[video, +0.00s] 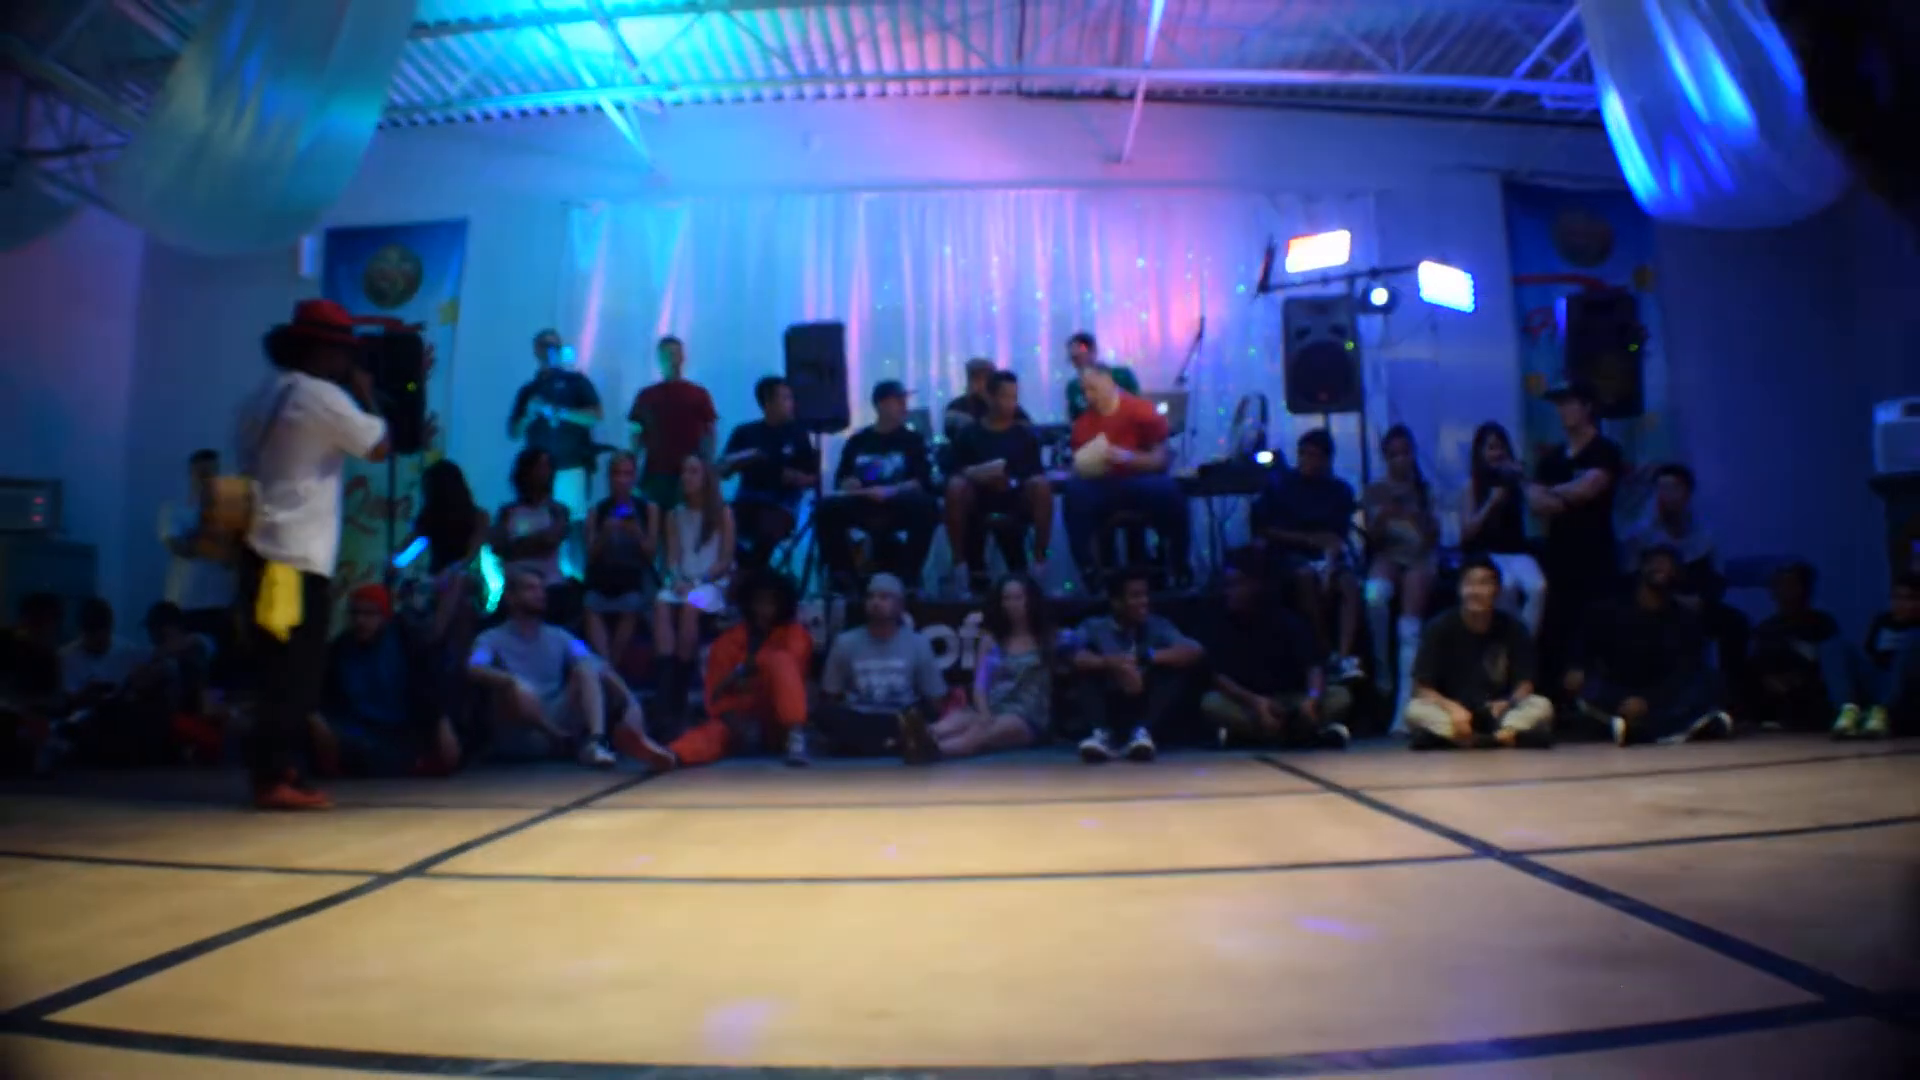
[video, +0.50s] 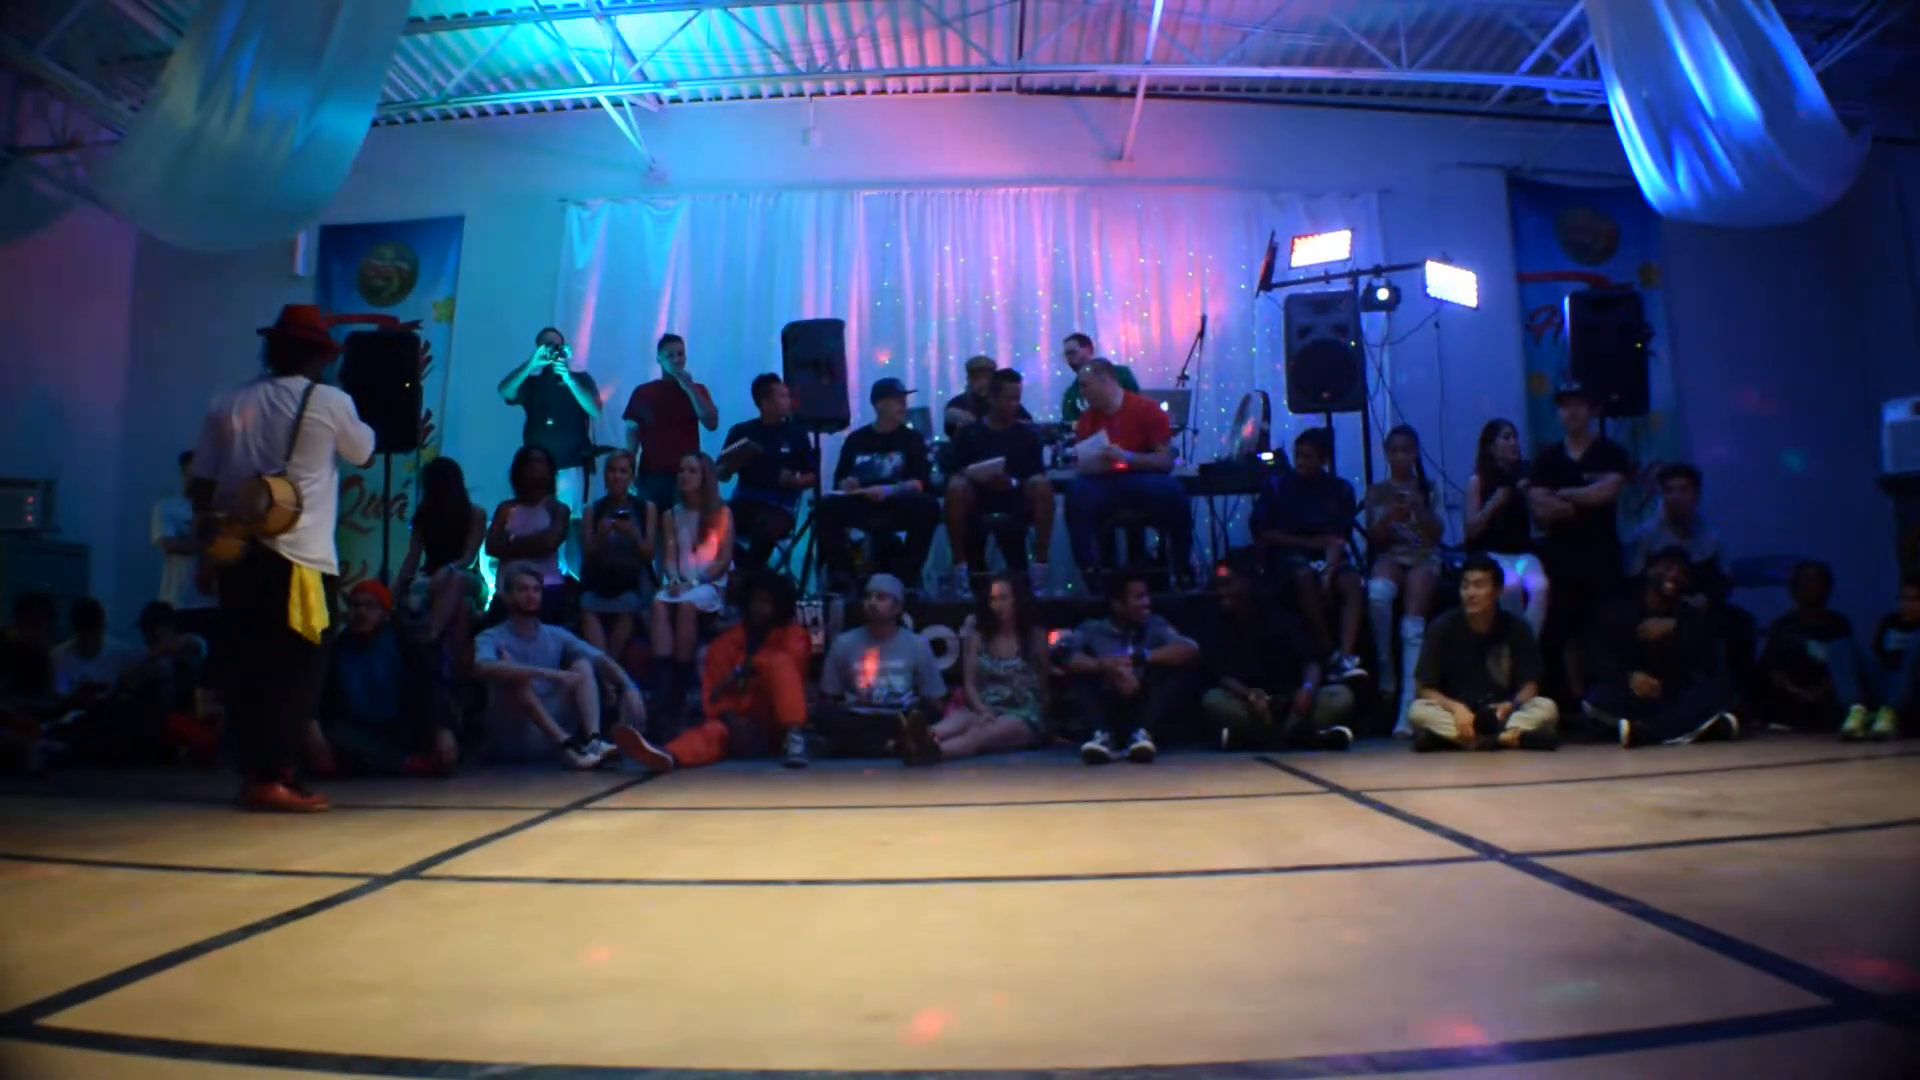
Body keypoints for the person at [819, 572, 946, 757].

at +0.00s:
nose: (875, 604)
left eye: (883, 597)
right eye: (871, 597)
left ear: (899, 604)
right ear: (865, 602)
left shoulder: (917, 644)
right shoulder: (845, 643)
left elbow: (936, 700)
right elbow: (830, 697)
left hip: (904, 718)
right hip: (858, 718)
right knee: (825, 715)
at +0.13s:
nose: (873, 604)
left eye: (882, 598)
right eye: (870, 597)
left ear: (898, 606)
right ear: (864, 602)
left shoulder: (916, 645)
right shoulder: (845, 644)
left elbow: (935, 701)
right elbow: (830, 698)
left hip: (904, 719)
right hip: (858, 719)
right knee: (825, 716)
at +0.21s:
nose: (873, 604)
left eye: (881, 598)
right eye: (869, 597)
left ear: (897, 607)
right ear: (864, 602)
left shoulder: (916, 645)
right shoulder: (844, 644)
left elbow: (935, 700)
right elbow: (829, 698)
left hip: (902, 716)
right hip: (857, 716)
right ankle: (889, 744)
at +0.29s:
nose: (872, 604)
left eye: (881, 598)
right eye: (869, 597)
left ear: (897, 607)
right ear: (863, 602)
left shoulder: (916, 645)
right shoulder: (844, 644)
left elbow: (935, 700)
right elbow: (829, 698)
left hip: (903, 719)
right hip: (858, 719)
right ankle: (890, 745)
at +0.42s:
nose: (874, 604)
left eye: (882, 597)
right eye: (870, 597)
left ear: (897, 606)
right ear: (863, 602)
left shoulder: (916, 646)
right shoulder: (844, 644)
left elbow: (935, 699)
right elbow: (829, 697)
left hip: (902, 715)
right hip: (858, 717)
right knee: (822, 716)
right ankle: (887, 745)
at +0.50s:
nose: (872, 603)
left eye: (880, 598)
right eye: (869, 597)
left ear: (897, 607)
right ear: (863, 602)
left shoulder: (916, 645)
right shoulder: (844, 643)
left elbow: (934, 700)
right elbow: (829, 697)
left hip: (901, 714)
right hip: (858, 715)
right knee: (822, 716)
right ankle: (888, 745)